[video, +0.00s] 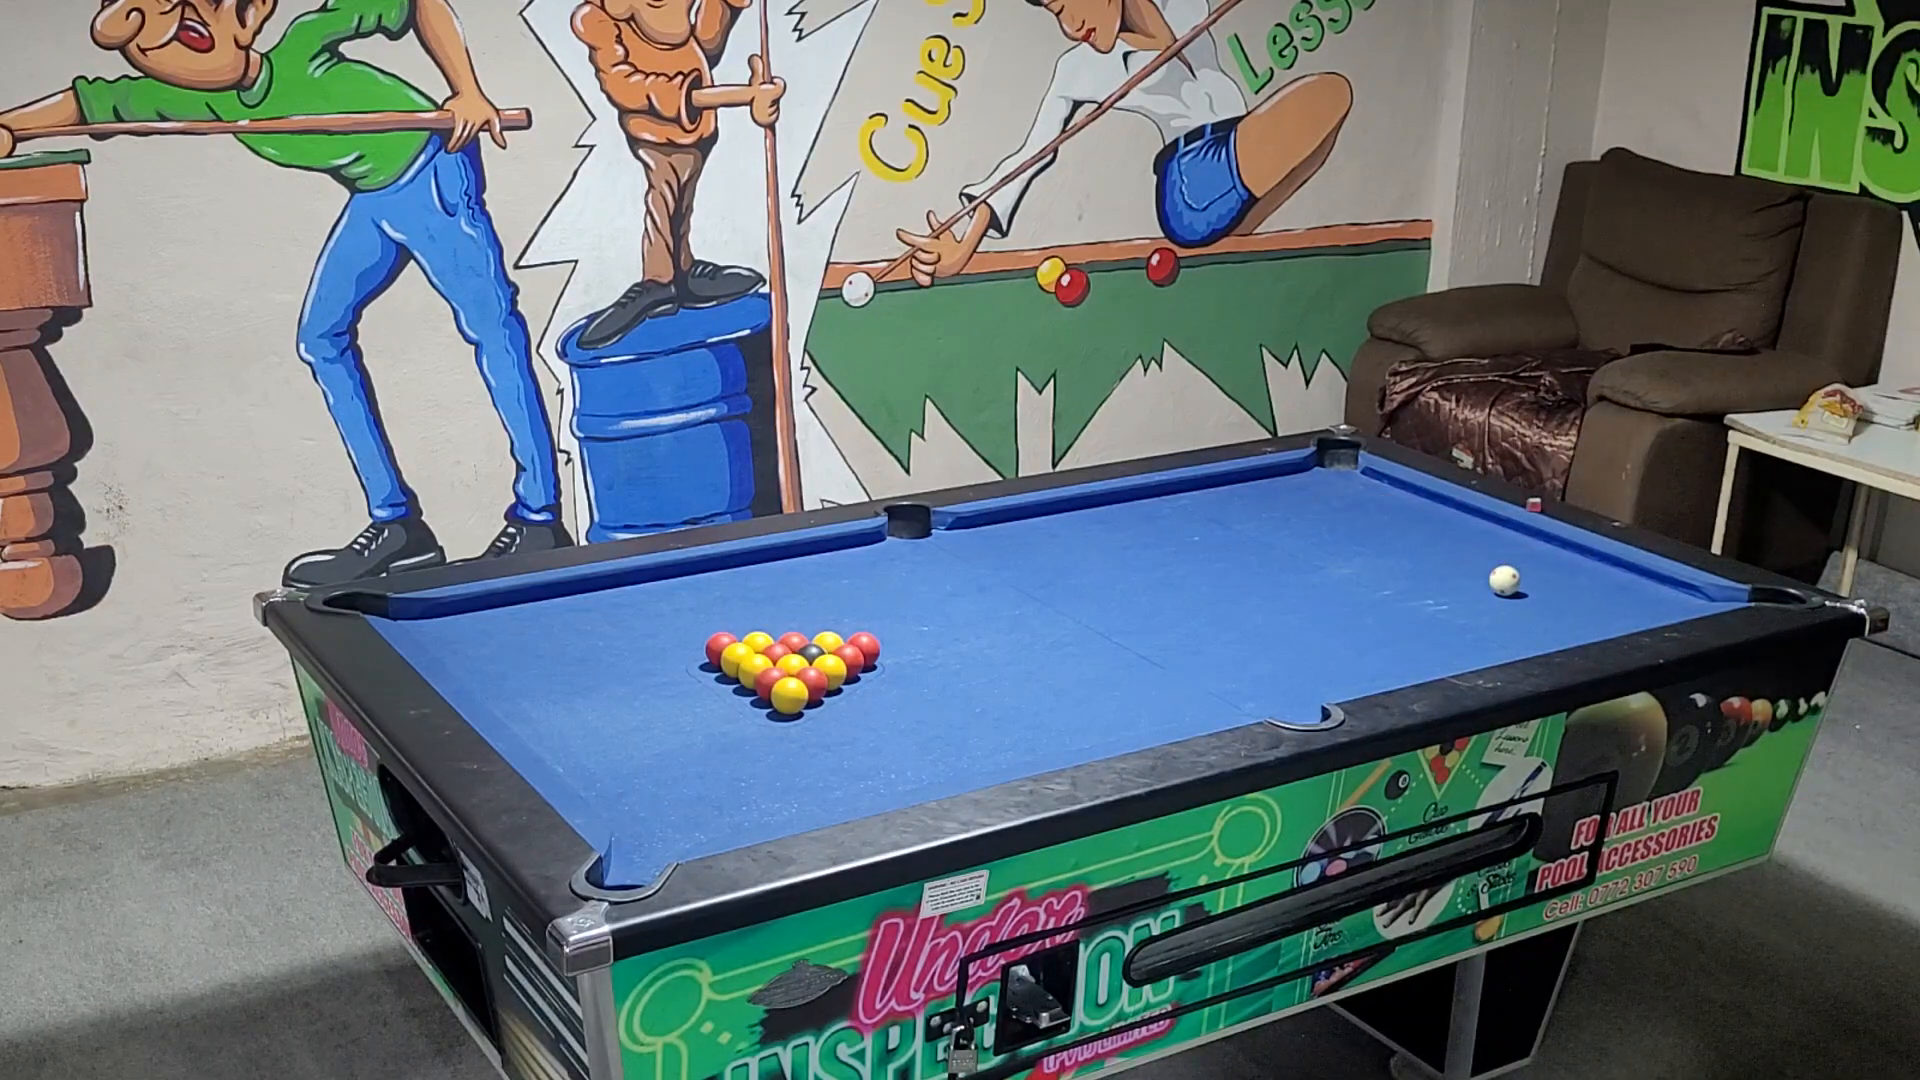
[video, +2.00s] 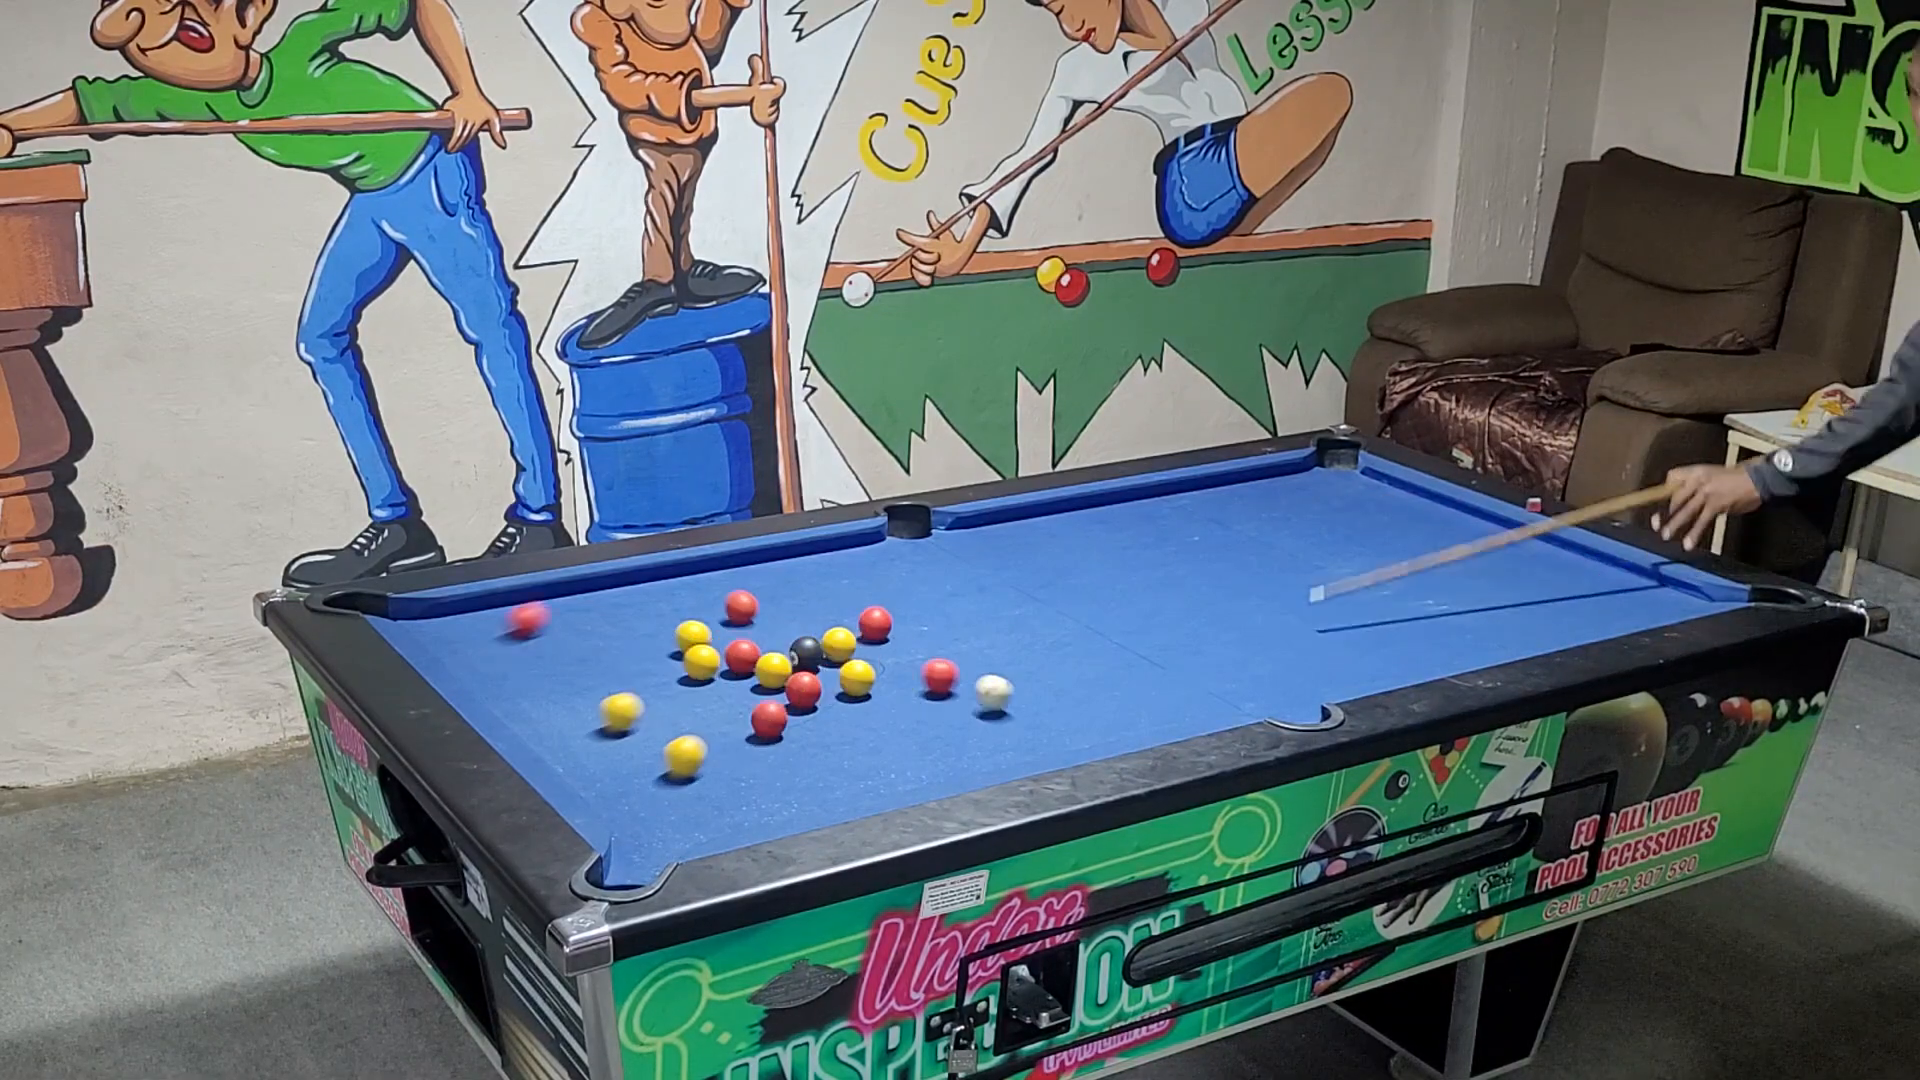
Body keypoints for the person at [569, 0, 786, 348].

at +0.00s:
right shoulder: (597, 19)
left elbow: (707, 47)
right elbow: (625, 87)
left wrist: (730, 6)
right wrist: (746, 95)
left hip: (695, 90)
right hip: (645, 104)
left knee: (688, 175)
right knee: (665, 174)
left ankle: (682, 269)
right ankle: (657, 281)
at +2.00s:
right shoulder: (597, 19)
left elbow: (707, 47)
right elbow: (625, 88)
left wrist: (730, 5)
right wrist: (746, 95)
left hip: (694, 88)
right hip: (645, 103)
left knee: (688, 174)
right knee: (666, 174)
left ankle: (682, 268)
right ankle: (657, 281)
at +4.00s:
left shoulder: (695, 6)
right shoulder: (596, 19)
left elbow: (707, 47)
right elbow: (625, 88)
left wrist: (730, 6)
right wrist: (746, 94)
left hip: (694, 88)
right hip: (644, 103)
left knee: (688, 174)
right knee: (665, 173)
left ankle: (682, 268)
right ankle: (657, 281)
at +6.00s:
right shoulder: (596, 19)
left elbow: (707, 47)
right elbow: (625, 88)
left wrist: (730, 6)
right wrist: (746, 94)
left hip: (694, 88)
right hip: (644, 104)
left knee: (687, 175)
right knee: (665, 175)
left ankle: (682, 268)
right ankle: (657, 281)